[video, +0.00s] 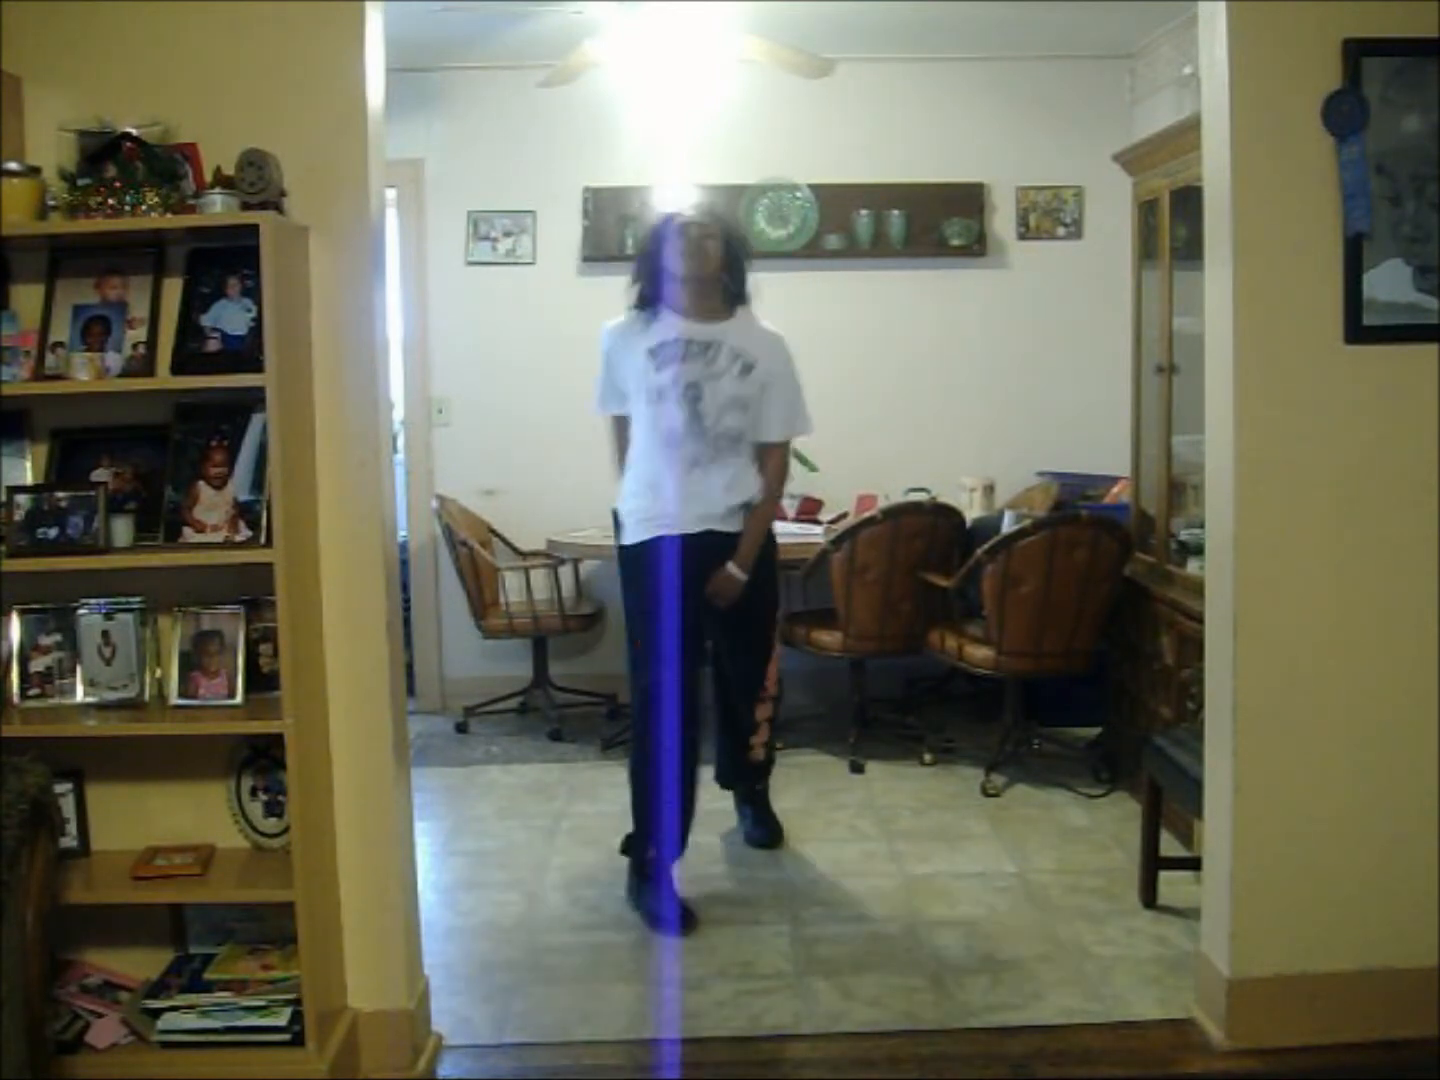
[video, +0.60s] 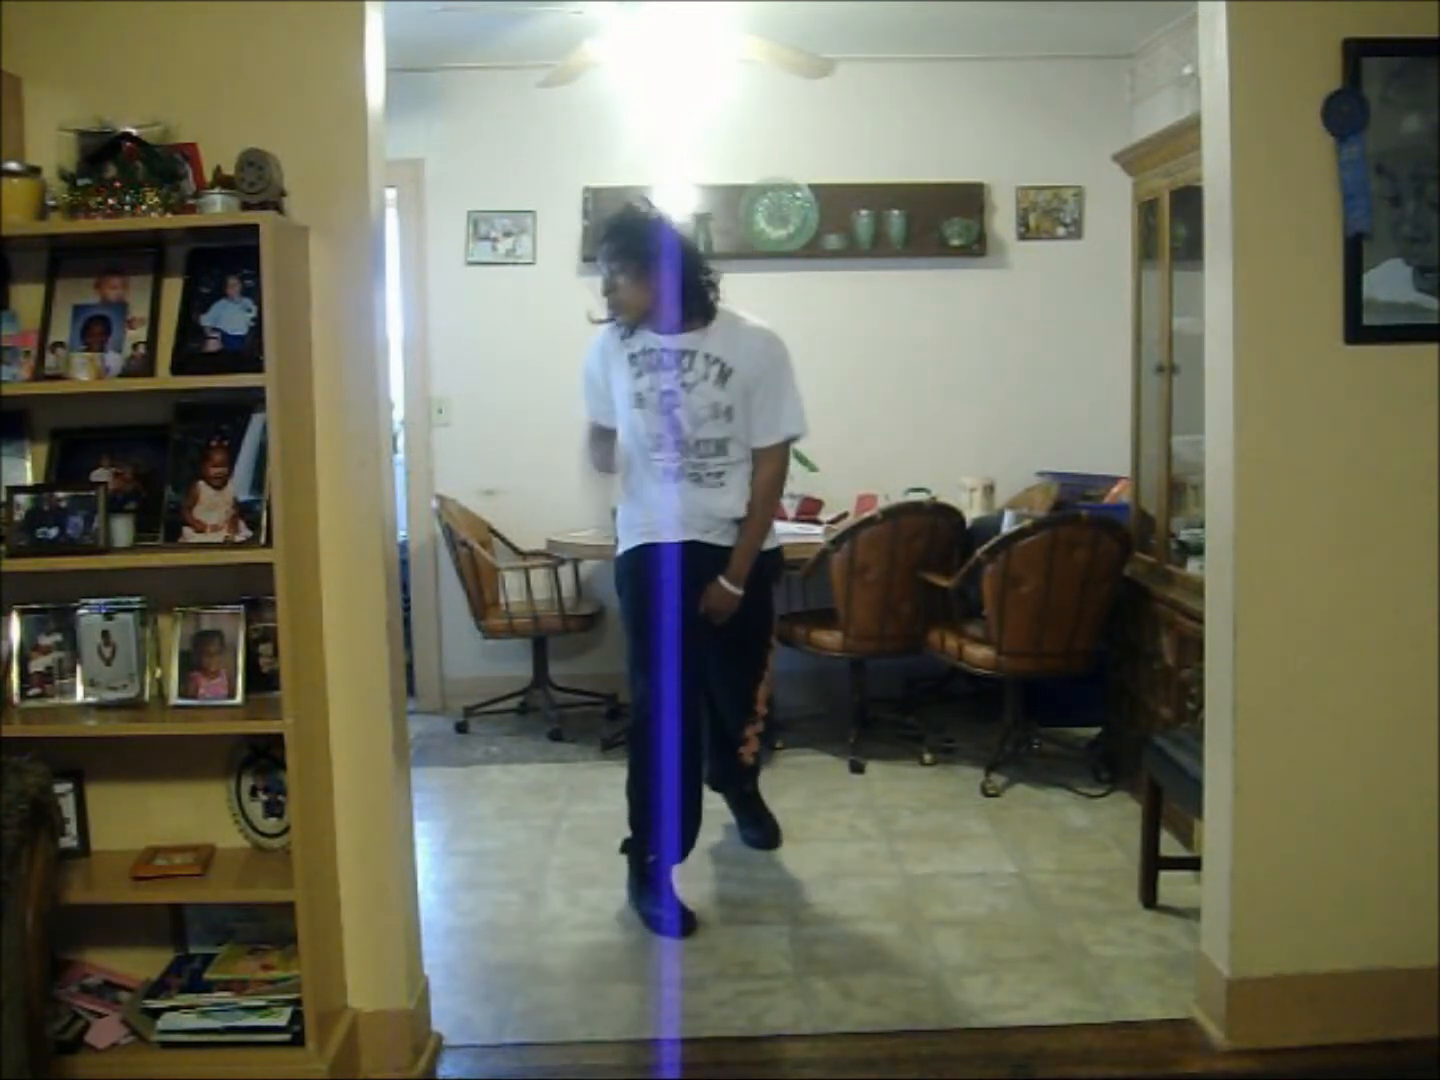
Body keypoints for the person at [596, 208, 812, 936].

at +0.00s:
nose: (694, 249)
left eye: (707, 238)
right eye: (680, 238)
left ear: (727, 255)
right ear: (657, 256)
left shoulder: (762, 346)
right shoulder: (626, 340)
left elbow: (775, 466)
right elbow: (622, 447)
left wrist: (743, 558)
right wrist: (638, 520)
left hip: (737, 533)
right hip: (652, 535)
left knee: (746, 676)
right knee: (662, 697)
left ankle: (751, 789)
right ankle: (653, 861)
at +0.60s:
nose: (606, 290)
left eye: (617, 275)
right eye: (604, 276)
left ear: (662, 273)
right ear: (629, 279)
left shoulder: (754, 347)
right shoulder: (608, 351)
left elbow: (772, 467)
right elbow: (603, 456)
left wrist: (738, 572)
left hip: (734, 545)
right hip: (650, 545)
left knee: (734, 687)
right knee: (661, 705)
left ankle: (738, 783)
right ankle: (651, 866)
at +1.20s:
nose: (735, 274)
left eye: (746, 256)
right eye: (718, 263)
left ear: (776, 255)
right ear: (704, 275)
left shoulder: (837, 321)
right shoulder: (696, 351)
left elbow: (867, 426)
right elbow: (642, 415)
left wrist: (826, 526)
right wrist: (591, 457)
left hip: (828, 531)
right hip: (741, 542)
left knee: (850, 700)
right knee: (744, 704)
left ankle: (888, 853)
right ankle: (711, 861)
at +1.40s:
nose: (799, 283)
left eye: (812, 268)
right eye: (783, 270)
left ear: (832, 270)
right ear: (755, 277)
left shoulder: (870, 319)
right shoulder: (738, 366)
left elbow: (878, 430)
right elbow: (710, 468)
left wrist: (846, 531)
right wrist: (683, 543)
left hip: (853, 537)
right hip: (768, 547)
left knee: (864, 699)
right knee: (793, 707)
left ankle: (888, 850)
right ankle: (801, 859)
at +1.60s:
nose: (869, 275)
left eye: (874, 260)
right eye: (856, 259)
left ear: (876, 258)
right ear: (812, 253)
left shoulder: (891, 330)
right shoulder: (737, 330)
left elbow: (915, 437)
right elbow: (716, 445)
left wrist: (862, 523)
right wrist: (716, 557)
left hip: (866, 538)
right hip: (775, 543)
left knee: (868, 699)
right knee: (794, 709)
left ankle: (888, 846)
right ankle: (803, 859)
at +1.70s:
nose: (880, 281)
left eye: (884, 268)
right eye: (869, 265)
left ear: (878, 272)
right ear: (829, 260)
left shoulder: (883, 357)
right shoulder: (743, 328)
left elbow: (928, 465)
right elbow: (698, 428)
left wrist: (868, 530)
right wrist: (714, 543)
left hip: (870, 545)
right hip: (779, 550)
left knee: (871, 704)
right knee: (802, 711)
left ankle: (886, 850)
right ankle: (804, 861)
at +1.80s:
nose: (893, 306)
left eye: (900, 294)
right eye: (879, 289)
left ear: (901, 312)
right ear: (835, 296)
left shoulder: (889, 401)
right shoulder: (760, 353)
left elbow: (922, 498)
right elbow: (647, 411)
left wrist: (867, 548)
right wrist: (710, 507)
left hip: (860, 563)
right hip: (770, 564)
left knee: (889, 708)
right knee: (810, 714)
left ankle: (891, 855)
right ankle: (801, 861)